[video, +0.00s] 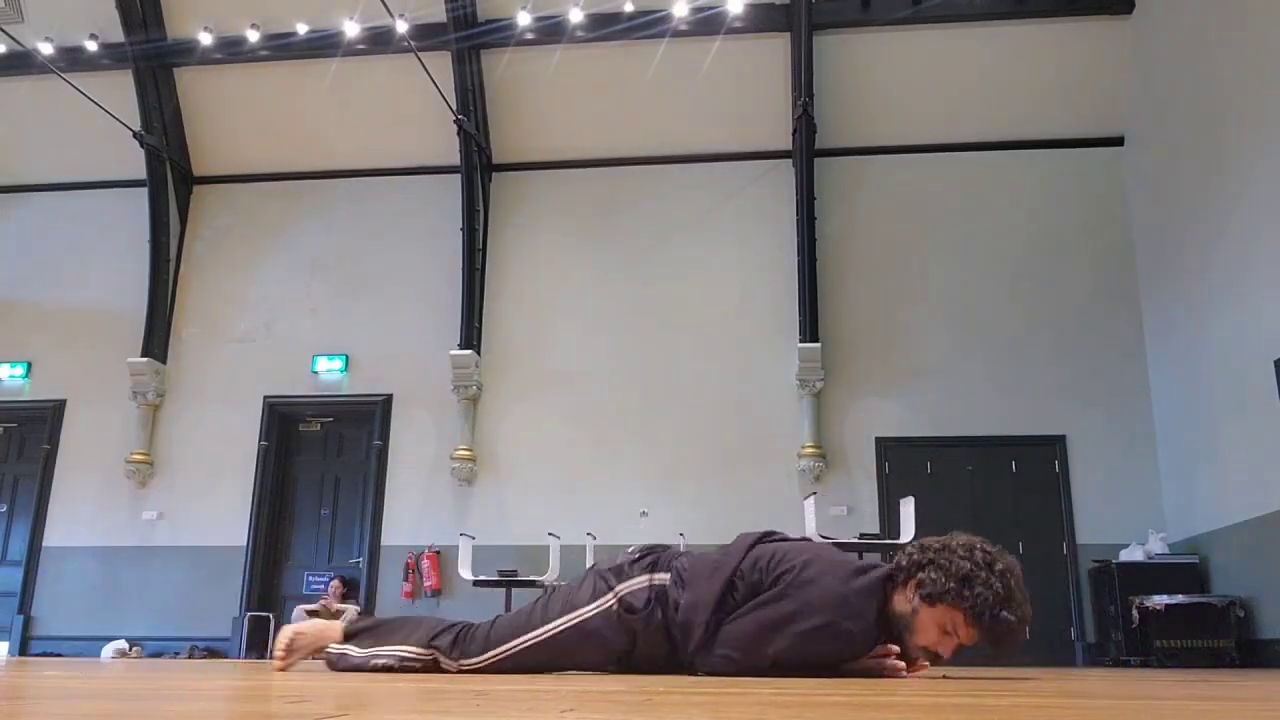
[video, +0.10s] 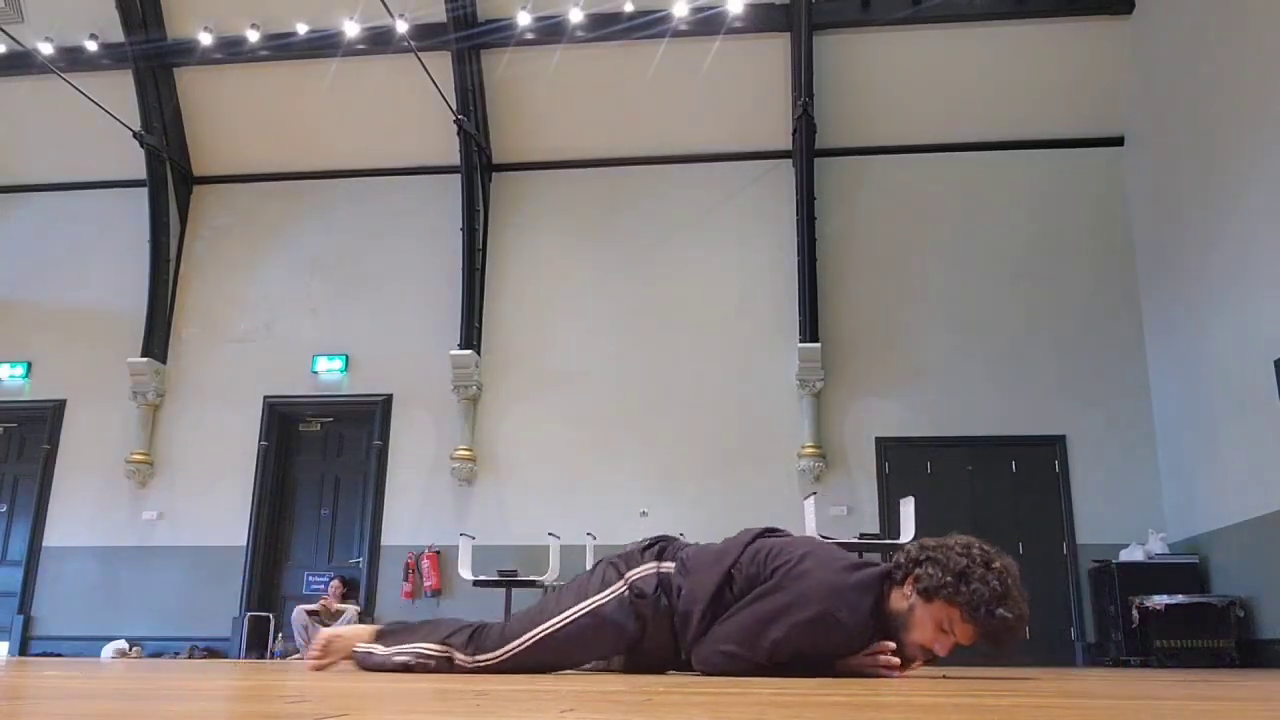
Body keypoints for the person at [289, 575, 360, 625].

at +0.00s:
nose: (333, 591)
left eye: (337, 588)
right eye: (331, 587)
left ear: (343, 591)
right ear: (328, 588)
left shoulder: (349, 605)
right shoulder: (321, 605)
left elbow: (357, 610)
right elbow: (298, 608)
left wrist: (335, 607)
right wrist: (317, 606)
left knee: (353, 613)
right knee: (298, 611)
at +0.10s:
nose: (333, 591)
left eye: (337, 588)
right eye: (331, 587)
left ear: (344, 590)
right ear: (328, 589)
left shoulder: (349, 604)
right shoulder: (322, 604)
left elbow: (357, 609)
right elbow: (298, 608)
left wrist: (335, 607)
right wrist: (318, 607)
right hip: (318, 634)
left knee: (352, 612)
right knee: (297, 612)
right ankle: (304, 652)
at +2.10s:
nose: (333, 591)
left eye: (337, 588)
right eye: (331, 587)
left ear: (344, 590)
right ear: (328, 589)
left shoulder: (349, 603)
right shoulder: (323, 603)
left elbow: (357, 610)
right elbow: (297, 608)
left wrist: (335, 607)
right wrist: (317, 607)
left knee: (352, 614)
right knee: (297, 612)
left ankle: (337, 653)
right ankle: (304, 652)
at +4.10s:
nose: (333, 591)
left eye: (337, 588)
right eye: (331, 588)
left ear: (343, 590)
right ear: (328, 589)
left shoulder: (349, 602)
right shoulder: (323, 601)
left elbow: (357, 610)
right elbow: (297, 608)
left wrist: (333, 606)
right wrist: (314, 607)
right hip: (316, 636)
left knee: (352, 614)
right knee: (297, 612)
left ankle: (336, 653)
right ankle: (304, 653)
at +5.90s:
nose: (333, 591)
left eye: (337, 589)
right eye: (331, 588)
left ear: (343, 591)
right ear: (327, 590)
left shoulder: (348, 604)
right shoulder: (322, 604)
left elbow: (357, 610)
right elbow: (297, 609)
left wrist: (334, 606)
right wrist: (316, 608)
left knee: (352, 614)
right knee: (296, 612)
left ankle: (336, 653)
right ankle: (304, 653)